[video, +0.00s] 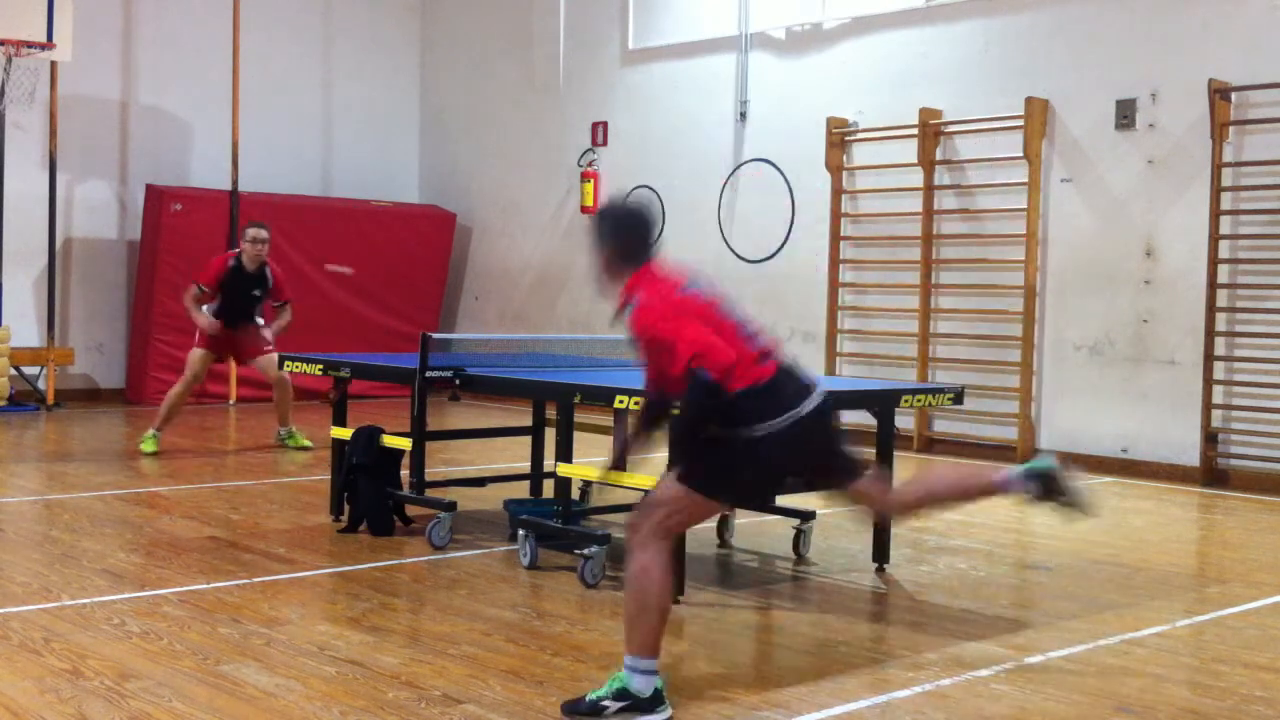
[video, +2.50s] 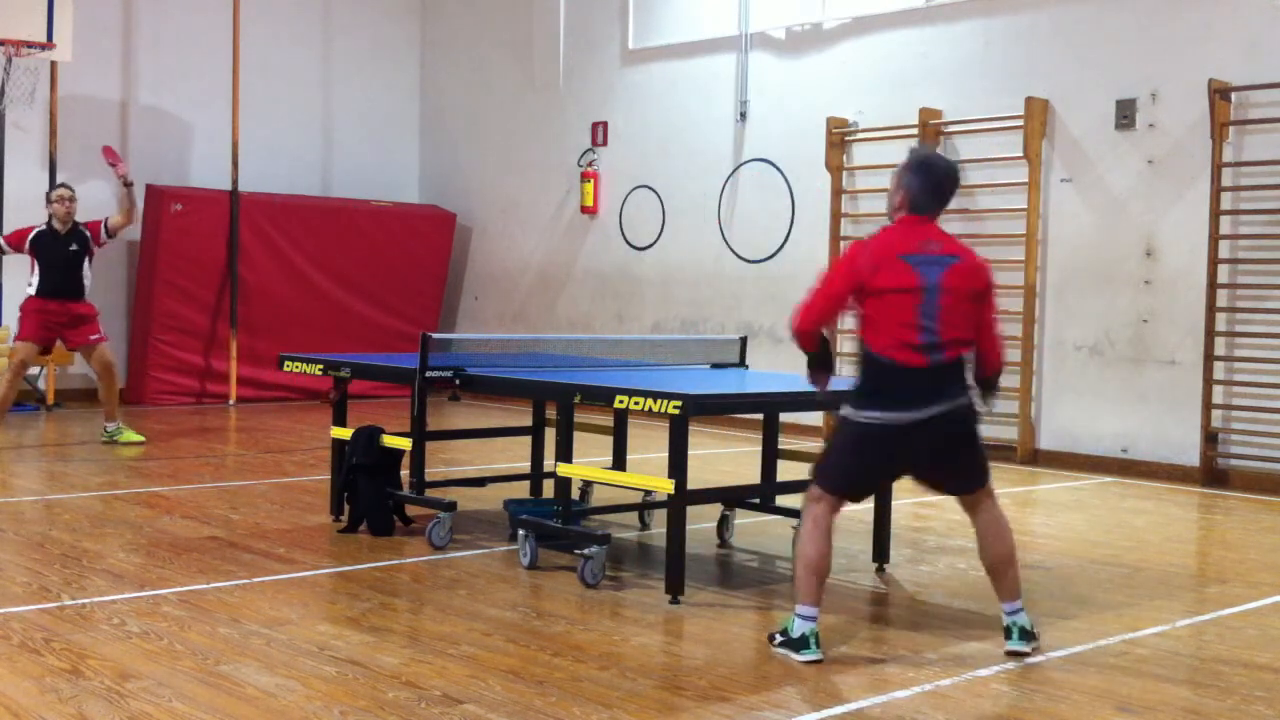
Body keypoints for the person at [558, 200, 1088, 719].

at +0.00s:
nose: (594, 261)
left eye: (596, 249)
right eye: (597, 248)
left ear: (609, 254)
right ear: (642, 244)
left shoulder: (649, 303)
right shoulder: (670, 283)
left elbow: (680, 373)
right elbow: (668, 373)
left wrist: (644, 433)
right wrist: (642, 421)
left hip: (749, 433)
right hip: (801, 415)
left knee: (648, 527)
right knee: (886, 499)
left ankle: (639, 685)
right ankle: (1026, 476)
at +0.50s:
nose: (725, 188)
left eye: (727, 181)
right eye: (729, 181)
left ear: (735, 184)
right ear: (784, 185)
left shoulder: (727, 244)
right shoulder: (825, 239)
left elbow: (718, 331)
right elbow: (864, 326)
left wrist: (703, 371)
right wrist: (835, 369)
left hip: (778, 413)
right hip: (844, 409)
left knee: (710, 515)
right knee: (856, 524)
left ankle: (697, 657)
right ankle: (887, 649)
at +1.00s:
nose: (954, 221)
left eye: (940, 209)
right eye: (954, 212)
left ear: (906, 212)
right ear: (951, 218)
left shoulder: (869, 267)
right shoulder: (939, 279)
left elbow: (869, 355)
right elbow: (949, 380)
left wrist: (949, 373)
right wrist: (1008, 451)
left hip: (831, 435)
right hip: (897, 434)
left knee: (813, 531)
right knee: (988, 531)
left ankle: (744, 645)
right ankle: (1009, 677)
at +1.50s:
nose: (954, 128)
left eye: (955, 121)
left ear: (954, 128)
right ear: (1007, 131)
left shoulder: (932, 186)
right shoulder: (1031, 187)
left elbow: (873, 268)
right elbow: (1081, 220)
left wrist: (892, 300)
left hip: (951, 351)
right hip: (1026, 350)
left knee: (901, 410)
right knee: (1036, 459)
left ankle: (893, 510)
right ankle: (1072, 519)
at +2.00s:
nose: (876, 310)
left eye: (880, 300)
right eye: (876, 300)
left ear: (901, 304)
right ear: (913, 302)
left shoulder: (959, 341)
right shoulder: (935, 343)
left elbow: (1016, 426)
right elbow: (955, 413)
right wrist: (919, 460)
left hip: (1056, 434)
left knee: (954, 512)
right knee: (994, 528)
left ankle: (987, 636)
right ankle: (1084, 614)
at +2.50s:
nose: (889, 192)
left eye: (893, 185)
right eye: (894, 185)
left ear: (902, 194)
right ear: (945, 201)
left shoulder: (869, 251)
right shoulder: (969, 263)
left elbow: (806, 323)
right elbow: (990, 353)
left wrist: (819, 356)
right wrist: (985, 382)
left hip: (875, 420)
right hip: (947, 418)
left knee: (820, 504)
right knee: (983, 505)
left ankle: (804, 629)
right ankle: (1017, 622)